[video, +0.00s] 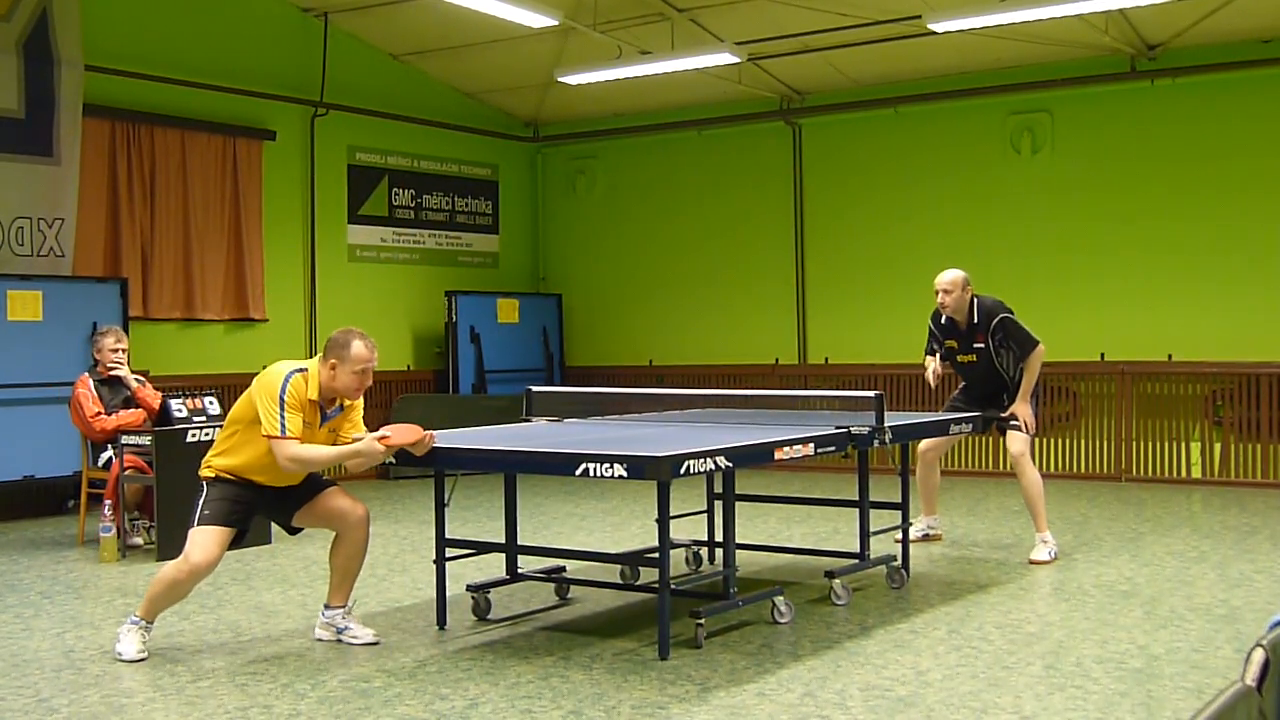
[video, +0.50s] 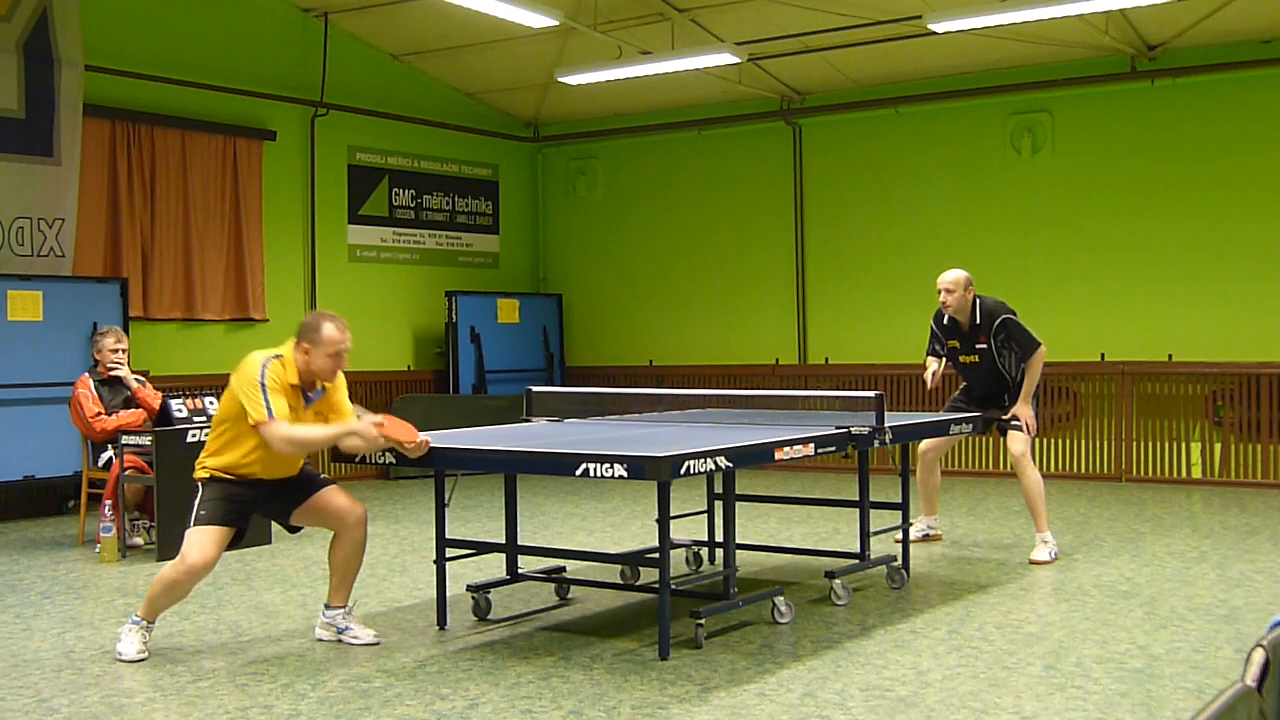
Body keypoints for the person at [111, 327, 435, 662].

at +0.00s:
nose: (368, 382)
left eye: (371, 373)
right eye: (362, 372)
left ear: (340, 368)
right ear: (330, 367)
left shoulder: (350, 396)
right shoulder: (283, 382)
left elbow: (349, 464)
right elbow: (288, 458)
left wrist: (391, 446)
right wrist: (361, 449)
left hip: (286, 480)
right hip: (232, 478)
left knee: (356, 515)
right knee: (199, 561)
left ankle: (335, 616)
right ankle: (139, 624)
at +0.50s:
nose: (342, 365)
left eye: (344, 356)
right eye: (335, 356)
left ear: (340, 353)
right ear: (304, 350)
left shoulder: (332, 379)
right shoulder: (259, 370)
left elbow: (347, 440)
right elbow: (280, 439)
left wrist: (394, 441)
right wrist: (347, 432)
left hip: (286, 474)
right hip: (227, 476)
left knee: (353, 516)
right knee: (196, 562)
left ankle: (335, 617)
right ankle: (141, 623)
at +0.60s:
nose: (323, 349)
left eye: (325, 342)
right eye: (317, 342)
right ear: (285, 336)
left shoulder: (315, 360)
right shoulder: (240, 353)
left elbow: (341, 415)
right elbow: (267, 409)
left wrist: (386, 407)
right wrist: (332, 389)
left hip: (278, 468)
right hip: (218, 472)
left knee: (347, 517)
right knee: (190, 559)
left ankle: (334, 616)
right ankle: (140, 624)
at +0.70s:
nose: (311, 335)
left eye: (313, 327)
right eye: (304, 326)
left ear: (314, 324)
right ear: (273, 320)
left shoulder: (305, 350)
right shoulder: (228, 337)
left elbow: (335, 398)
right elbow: (244, 388)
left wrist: (368, 374)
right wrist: (304, 357)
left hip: (273, 461)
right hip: (213, 466)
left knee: (340, 515)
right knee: (185, 556)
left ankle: (335, 617)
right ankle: (139, 625)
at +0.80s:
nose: (295, 303)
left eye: (297, 295)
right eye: (287, 295)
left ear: (297, 294)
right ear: (255, 295)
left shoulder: (293, 329)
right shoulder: (213, 317)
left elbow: (323, 380)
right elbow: (182, 357)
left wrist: (349, 349)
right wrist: (244, 338)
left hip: (268, 452)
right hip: (203, 456)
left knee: (332, 517)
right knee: (177, 550)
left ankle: (334, 617)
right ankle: (137, 625)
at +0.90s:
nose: (292, 291)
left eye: (293, 282)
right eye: (283, 284)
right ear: (251, 286)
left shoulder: (289, 323)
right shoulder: (206, 308)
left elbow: (318, 379)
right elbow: (145, 334)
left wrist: (342, 358)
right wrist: (206, 323)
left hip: (265, 448)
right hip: (199, 451)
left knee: (327, 517)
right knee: (174, 548)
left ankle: (333, 616)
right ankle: (135, 626)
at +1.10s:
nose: (320, 301)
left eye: (322, 293)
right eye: (313, 292)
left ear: (304, 294)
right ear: (282, 288)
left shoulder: (306, 337)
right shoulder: (225, 303)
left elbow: (321, 390)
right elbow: (147, 292)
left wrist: (346, 381)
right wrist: (160, 300)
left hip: (261, 449)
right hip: (198, 448)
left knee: (326, 516)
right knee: (172, 548)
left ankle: (333, 616)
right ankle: (136, 626)